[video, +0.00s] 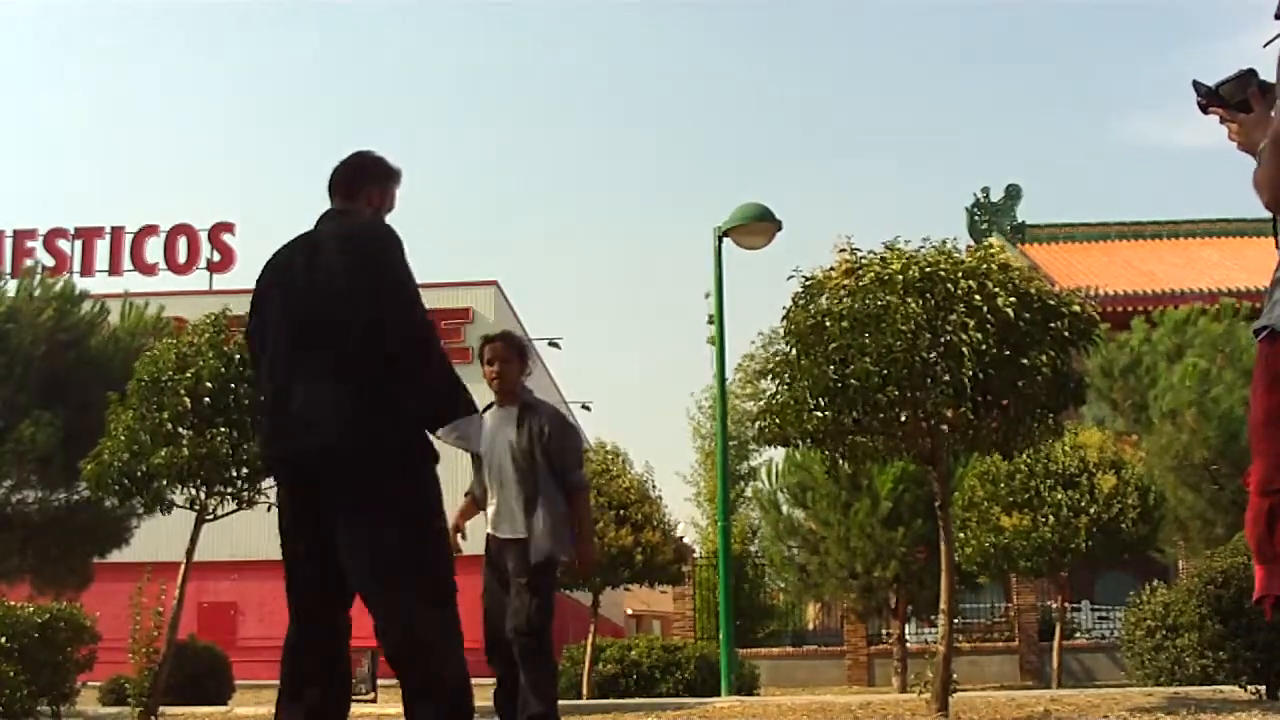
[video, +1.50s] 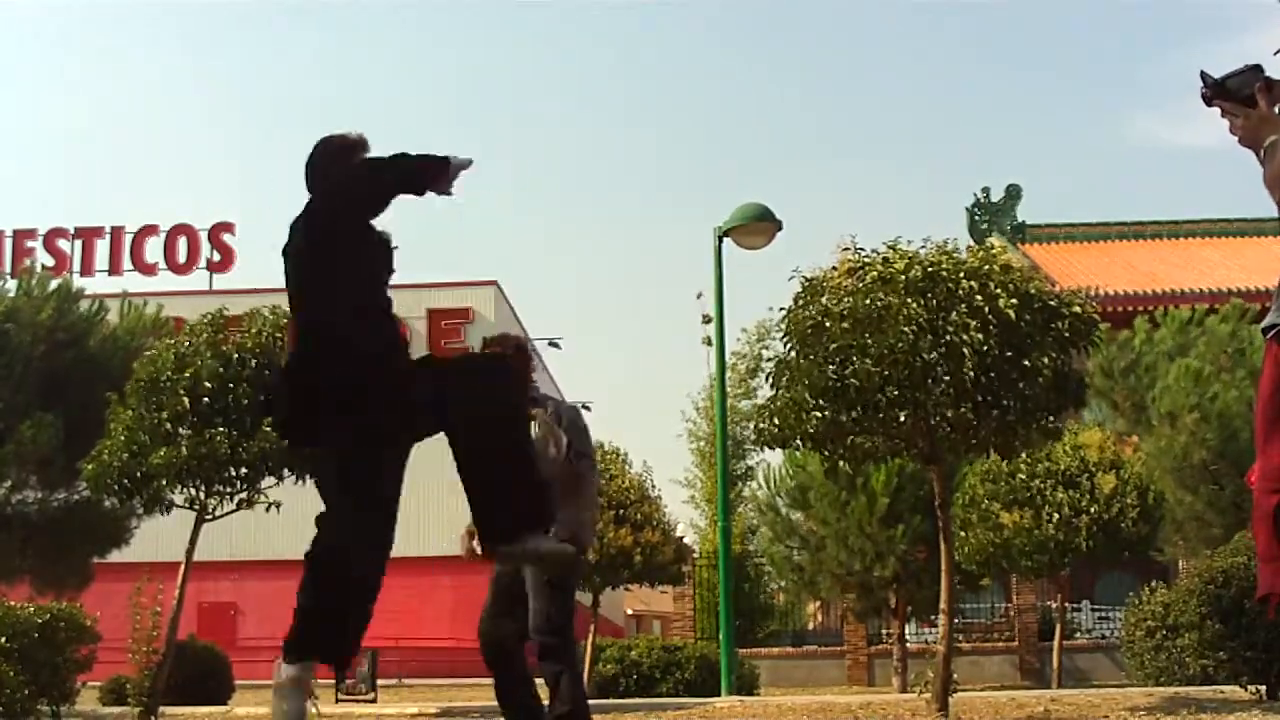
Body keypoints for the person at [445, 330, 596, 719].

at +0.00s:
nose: (495, 370)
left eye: (503, 361)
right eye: (488, 363)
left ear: (523, 365)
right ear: (483, 370)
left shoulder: (550, 421)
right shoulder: (486, 423)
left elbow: (577, 486)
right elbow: (482, 487)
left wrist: (585, 542)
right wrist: (458, 518)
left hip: (537, 544)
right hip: (497, 542)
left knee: (527, 635)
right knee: (498, 640)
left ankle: (540, 713)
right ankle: (509, 713)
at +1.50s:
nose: (498, 373)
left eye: (505, 363)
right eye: (492, 366)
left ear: (526, 366)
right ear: (486, 372)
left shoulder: (558, 413)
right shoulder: (494, 417)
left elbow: (579, 479)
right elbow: (490, 475)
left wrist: (570, 534)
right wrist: (478, 525)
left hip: (556, 537)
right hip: (513, 538)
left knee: (551, 639)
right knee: (497, 635)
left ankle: (571, 710)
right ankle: (522, 711)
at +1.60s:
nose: (495, 392)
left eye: (504, 383)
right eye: (489, 384)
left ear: (527, 386)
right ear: (483, 389)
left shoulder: (561, 430)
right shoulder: (495, 436)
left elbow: (539, 493)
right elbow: (500, 504)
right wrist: (464, 540)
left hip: (562, 550)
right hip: (517, 551)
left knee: (543, 639)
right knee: (486, 639)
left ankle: (567, 711)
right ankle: (519, 713)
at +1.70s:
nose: (493, 413)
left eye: (501, 404)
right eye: (492, 405)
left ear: (524, 403)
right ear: (493, 409)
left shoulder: (549, 446)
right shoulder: (508, 453)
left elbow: (526, 498)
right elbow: (490, 521)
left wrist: (465, 506)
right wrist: (447, 535)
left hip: (555, 562)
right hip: (527, 563)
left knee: (532, 639)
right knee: (485, 637)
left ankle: (566, 713)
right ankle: (504, 714)